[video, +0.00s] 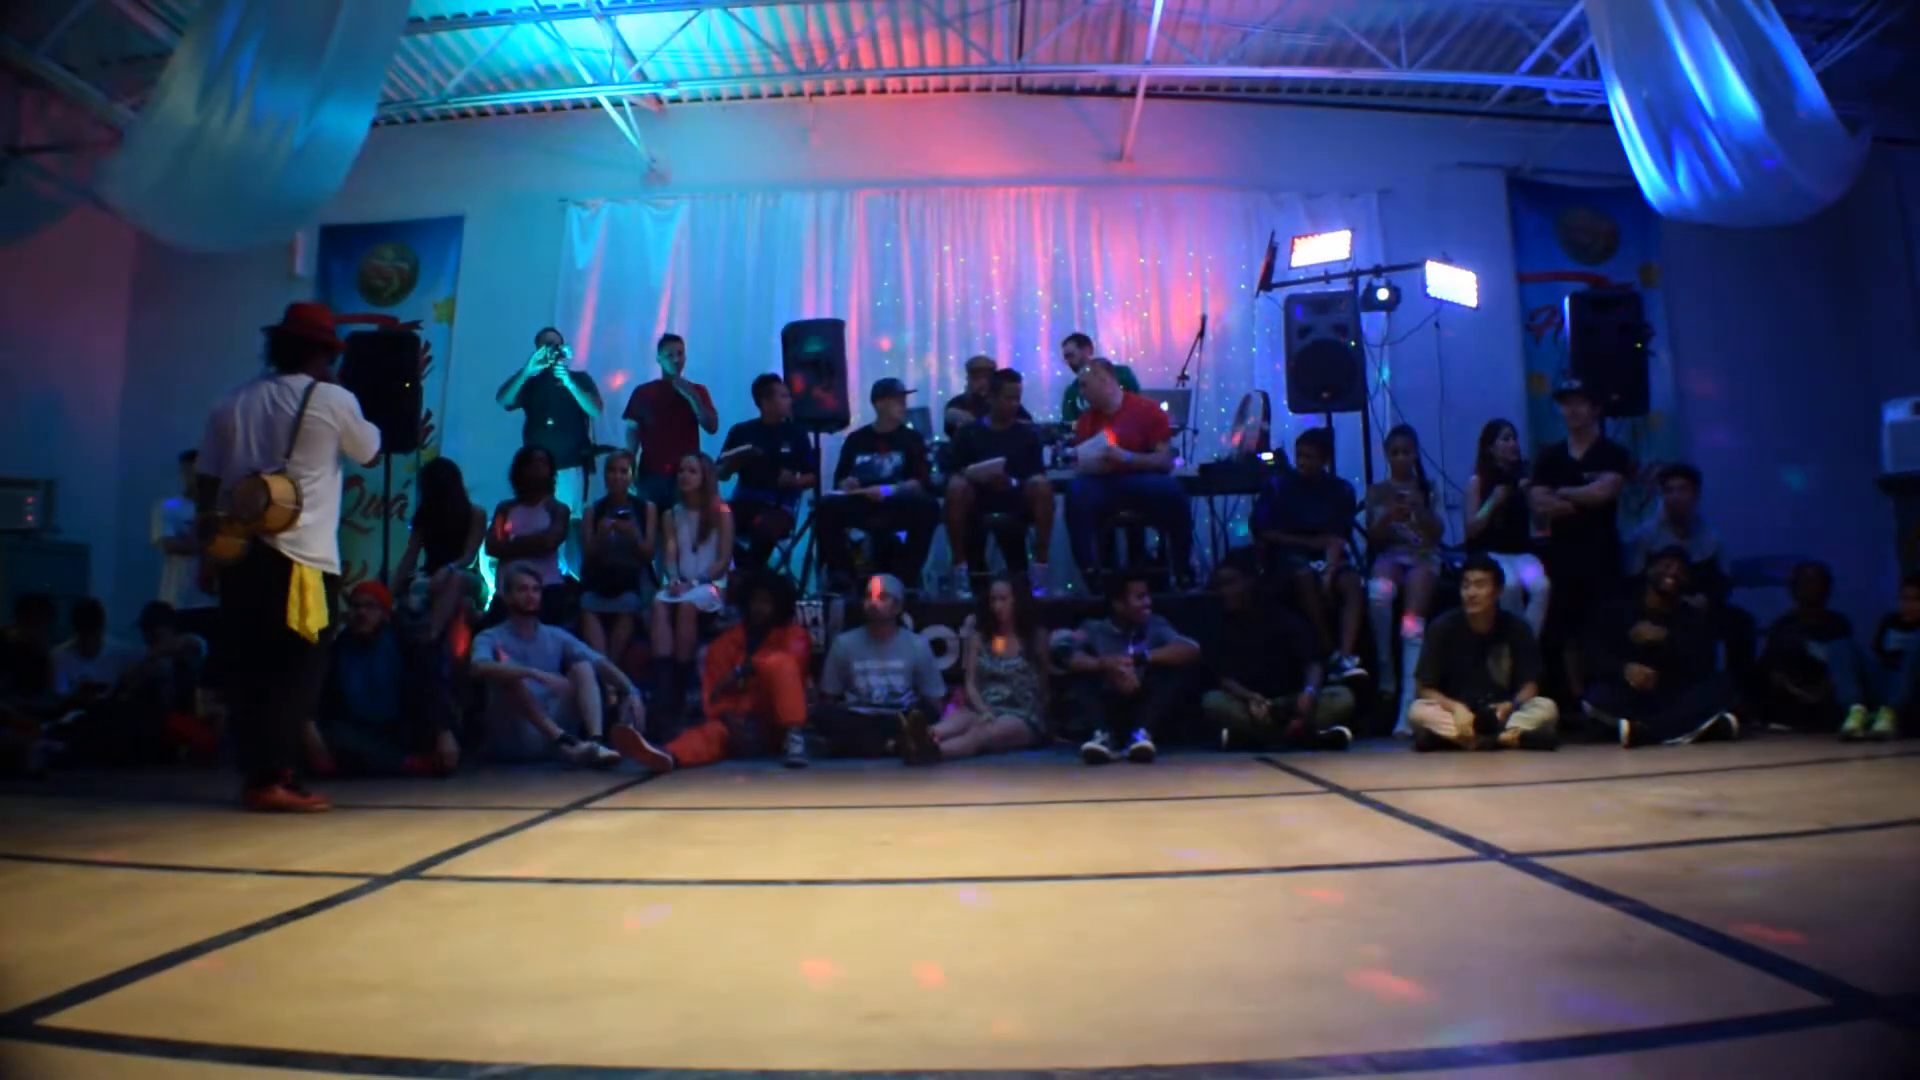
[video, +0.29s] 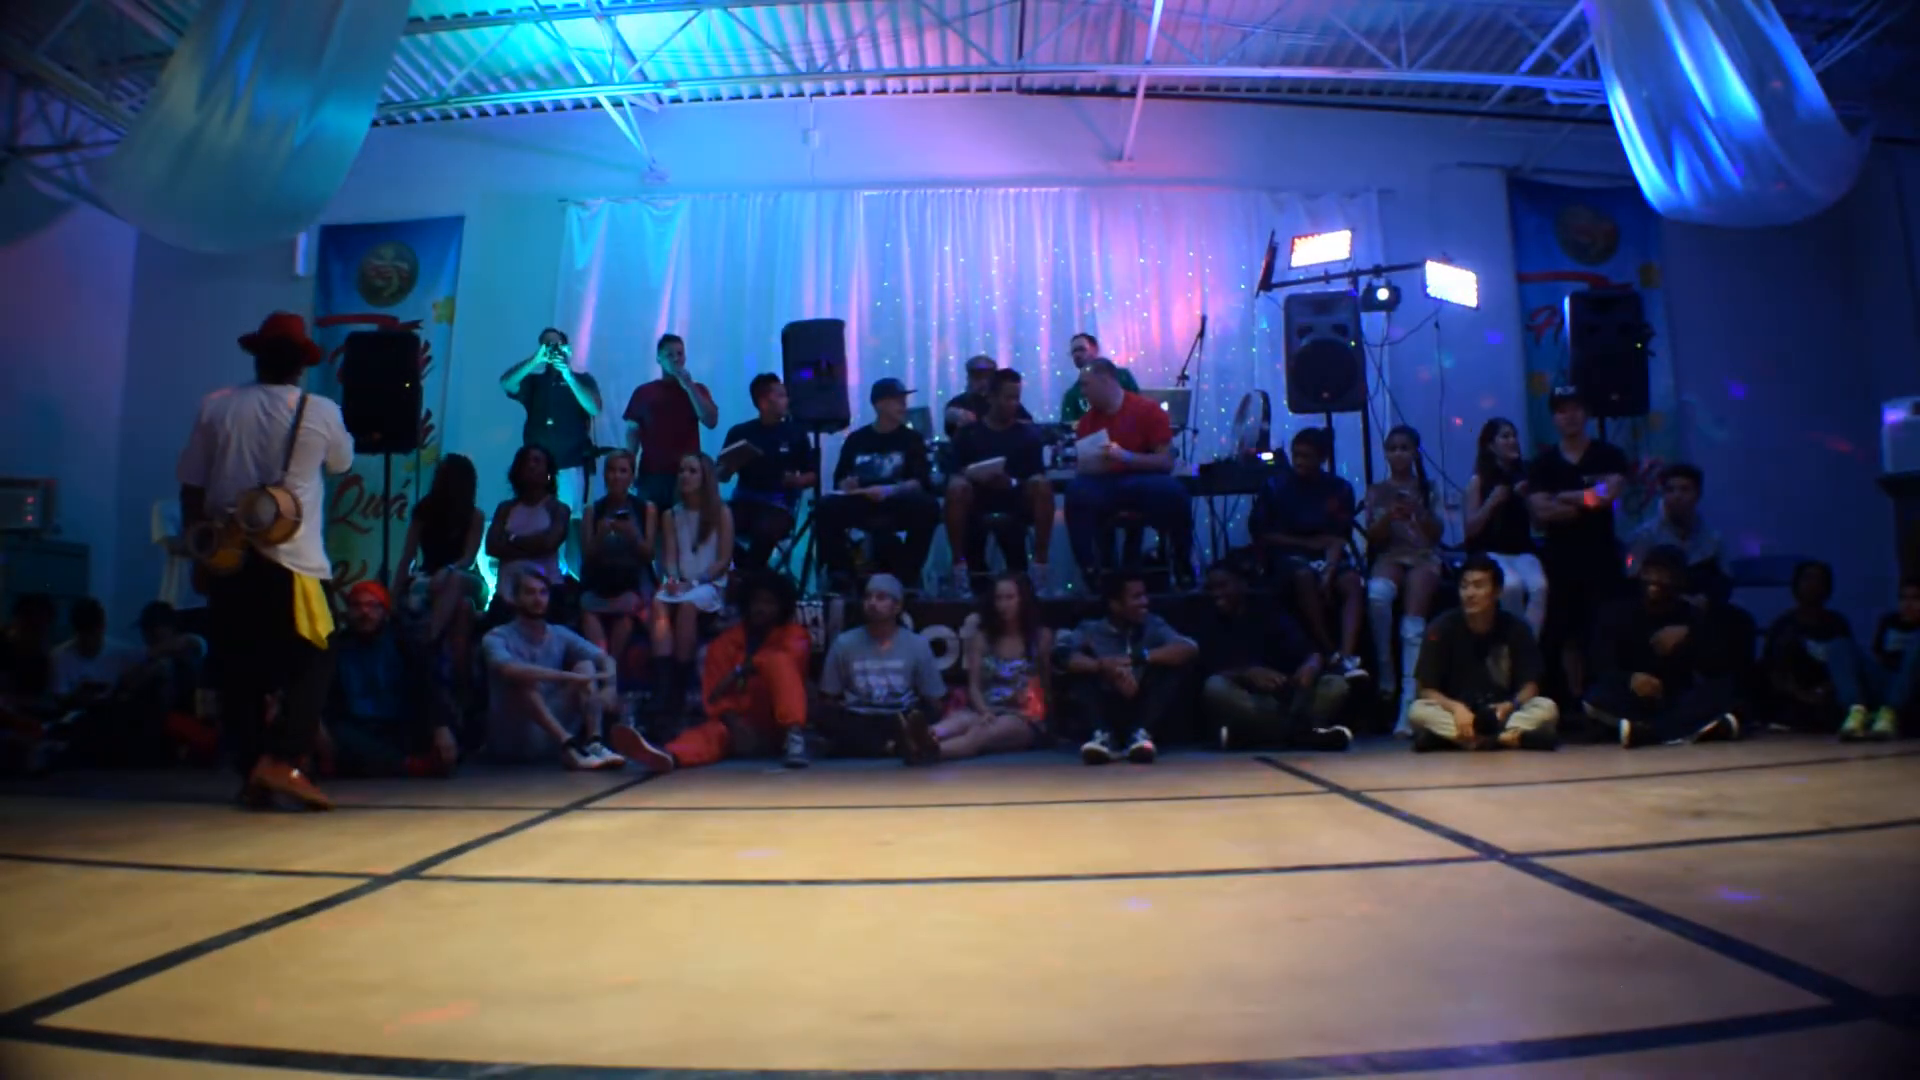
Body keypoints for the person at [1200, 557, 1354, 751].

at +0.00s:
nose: (1227, 591)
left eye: (1232, 583)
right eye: (1222, 585)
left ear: (1249, 582)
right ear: (1217, 590)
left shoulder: (1279, 615)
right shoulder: (1221, 626)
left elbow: (1313, 662)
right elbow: (1221, 676)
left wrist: (1308, 696)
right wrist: (1250, 698)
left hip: (1291, 694)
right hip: (1249, 700)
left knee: (1341, 698)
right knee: (1213, 702)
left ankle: (1251, 737)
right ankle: (1307, 737)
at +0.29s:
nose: (1217, 594)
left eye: (1223, 586)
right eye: (1212, 589)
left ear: (1240, 585)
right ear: (1207, 592)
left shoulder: (1265, 613)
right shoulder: (1211, 625)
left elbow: (1313, 653)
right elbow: (1212, 670)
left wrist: (1309, 670)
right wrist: (1249, 674)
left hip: (1287, 684)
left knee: (1335, 685)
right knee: (1215, 687)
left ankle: (1251, 736)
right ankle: (1305, 735)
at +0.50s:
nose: (1218, 593)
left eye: (1223, 586)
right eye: (1213, 588)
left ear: (1239, 585)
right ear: (1209, 591)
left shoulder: (1264, 611)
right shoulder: (1212, 622)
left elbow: (1311, 640)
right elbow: (1213, 663)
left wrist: (1287, 661)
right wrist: (1253, 662)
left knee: (1322, 666)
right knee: (1219, 678)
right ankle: (1298, 732)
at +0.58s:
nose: (1218, 593)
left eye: (1224, 586)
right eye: (1214, 588)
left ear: (1241, 586)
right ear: (1211, 591)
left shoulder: (1264, 614)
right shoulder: (1212, 624)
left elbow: (1315, 636)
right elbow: (1212, 665)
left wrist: (1287, 660)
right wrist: (1256, 663)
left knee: (1317, 660)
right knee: (1215, 680)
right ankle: (1297, 733)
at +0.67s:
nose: (1221, 593)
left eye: (1226, 585)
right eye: (1216, 588)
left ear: (1243, 586)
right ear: (1212, 592)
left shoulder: (1265, 613)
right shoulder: (1212, 623)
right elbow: (1208, 664)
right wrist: (1253, 664)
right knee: (1213, 681)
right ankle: (1293, 733)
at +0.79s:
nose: (1226, 594)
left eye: (1232, 586)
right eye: (1221, 588)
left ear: (1247, 586)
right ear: (1215, 593)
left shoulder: (1266, 612)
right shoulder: (1215, 621)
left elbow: (1314, 624)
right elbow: (1212, 661)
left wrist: (1312, 639)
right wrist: (1252, 663)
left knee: (1293, 638)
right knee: (1210, 679)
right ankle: (1282, 733)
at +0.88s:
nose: (1227, 594)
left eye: (1233, 587)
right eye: (1221, 589)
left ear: (1248, 587)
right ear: (1215, 592)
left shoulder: (1267, 614)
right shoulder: (1214, 622)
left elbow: (1314, 632)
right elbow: (1207, 660)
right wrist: (1260, 662)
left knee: (1290, 637)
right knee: (1207, 678)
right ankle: (1279, 732)